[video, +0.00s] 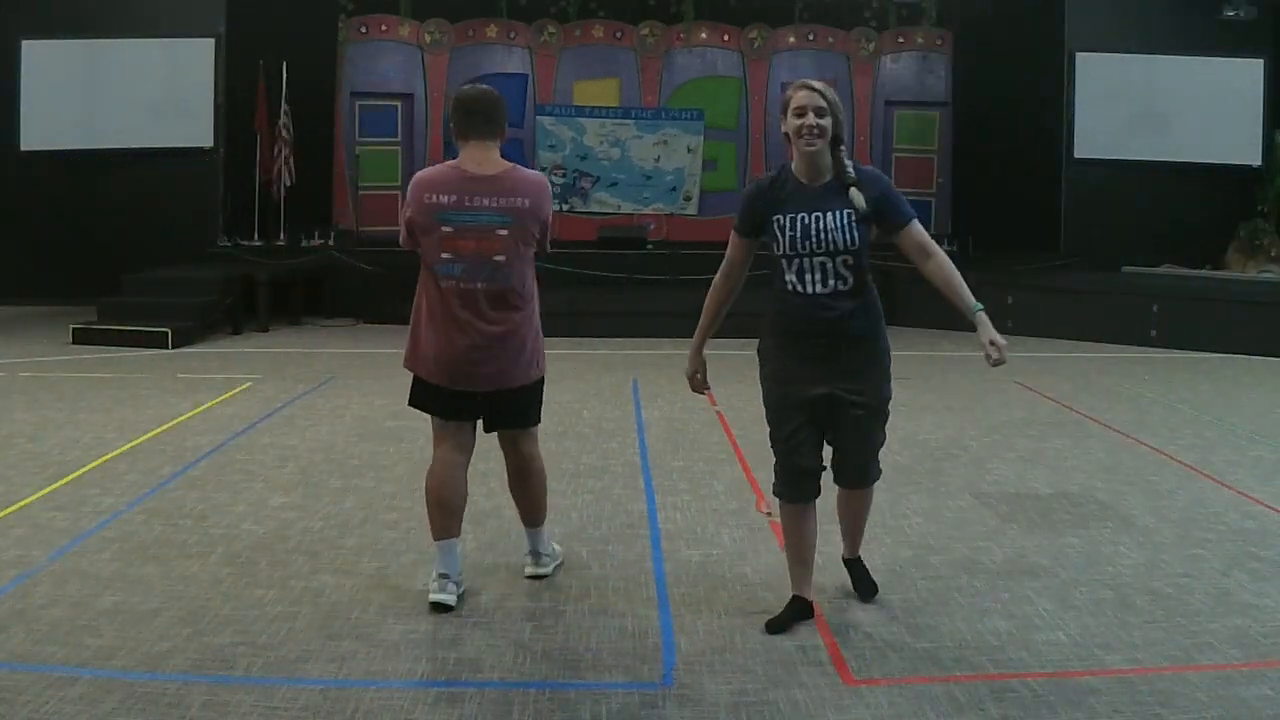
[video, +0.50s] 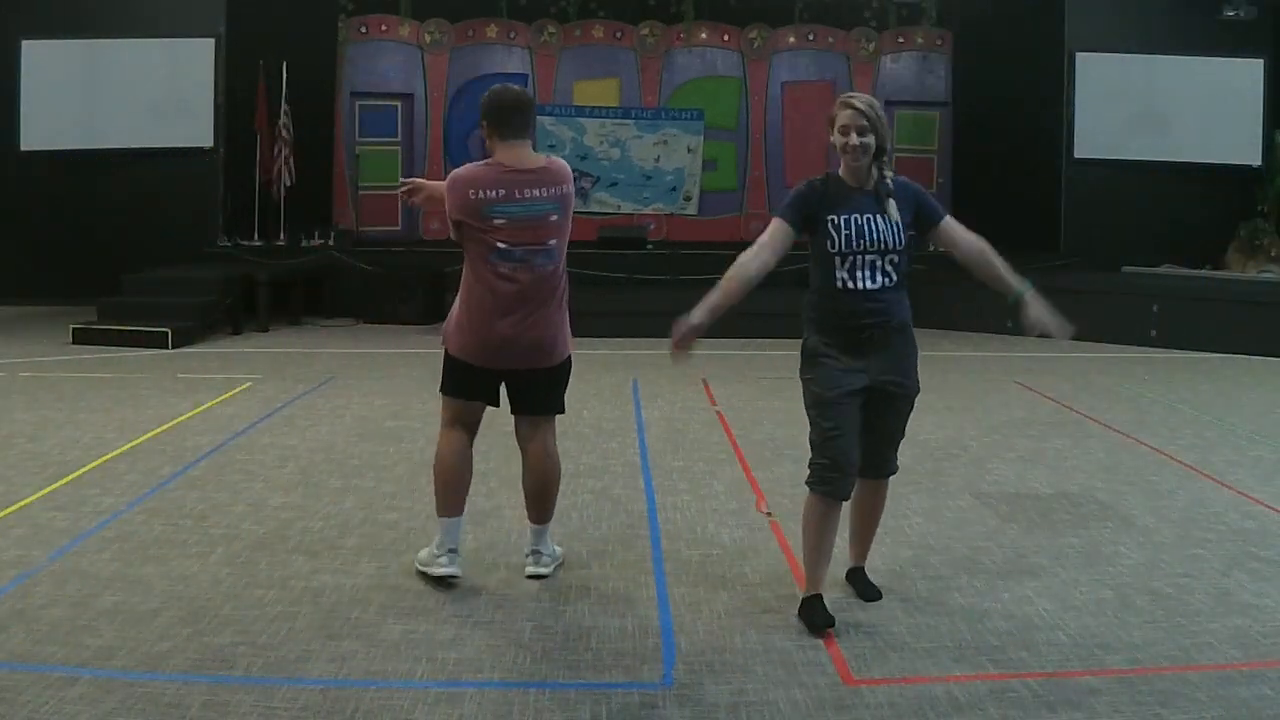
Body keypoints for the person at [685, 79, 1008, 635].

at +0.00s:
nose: (810, 121)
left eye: (820, 113)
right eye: (799, 113)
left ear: (836, 125)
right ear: (784, 127)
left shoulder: (869, 187)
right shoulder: (764, 197)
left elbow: (927, 252)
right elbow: (729, 275)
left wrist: (981, 319)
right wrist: (696, 347)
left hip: (860, 353)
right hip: (789, 355)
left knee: (859, 471)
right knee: (795, 478)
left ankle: (851, 556)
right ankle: (801, 596)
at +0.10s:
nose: (819, 125)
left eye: (828, 116)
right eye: (808, 118)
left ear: (845, 126)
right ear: (793, 132)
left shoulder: (880, 189)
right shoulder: (775, 199)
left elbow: (935, 253)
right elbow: (735, 272)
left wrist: (987, 318)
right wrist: (696, 342)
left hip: (865, 355)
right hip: (797, 357)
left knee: (862, 468)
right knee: (802, 478)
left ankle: (858, 563)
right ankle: (803, 597)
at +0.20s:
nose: (829, 127)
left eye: (838, 118)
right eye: (818, 121)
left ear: (855, 128)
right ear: (805, 134)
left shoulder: (888, 189)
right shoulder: (787, 198)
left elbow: (939, 257)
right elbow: (741, 270)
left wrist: (985, 322)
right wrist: (697, 336)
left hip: (871, 353)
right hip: (806, 354)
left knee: (867, 467)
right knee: (811, 473)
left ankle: (859, 564)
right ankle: (806, 595)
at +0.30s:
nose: (841, 128)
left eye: (850, 119)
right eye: (831, 121)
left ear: (867, 129)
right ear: (818, 133)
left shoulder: (895, 191)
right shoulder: (797, 197)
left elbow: (938, 260)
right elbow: (751, 268)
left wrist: (978, 325)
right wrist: (703, 335)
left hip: (881, 351)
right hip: (816, 353)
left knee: (870, 466)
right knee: (819, 470)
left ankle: (860, 565)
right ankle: (809, 594)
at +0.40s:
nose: (849, 133)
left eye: (858, 125)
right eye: (839, 126)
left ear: (875, 134)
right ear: (826, 137)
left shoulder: (902, 197)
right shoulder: (807, 200)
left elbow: (944, 264)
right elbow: (761, 274)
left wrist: (980, 326)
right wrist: (713, 345)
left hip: (887, 356)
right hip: (824, 357)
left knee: (873, 469)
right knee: (826, 474)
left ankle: (856, 567)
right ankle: (811, 594)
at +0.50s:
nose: (850, 139)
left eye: (860, 131)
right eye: (841, 131)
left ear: (879, 138)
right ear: (830, 139)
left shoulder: (907, 197)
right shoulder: (812, 197)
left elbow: (968, 245)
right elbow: (758, 255)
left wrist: (1025, 295)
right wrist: (702, 313)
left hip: (892, 354)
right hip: (831, 354)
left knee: (877, 467)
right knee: (833, 471)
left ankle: (858, 567)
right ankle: (812, 593)